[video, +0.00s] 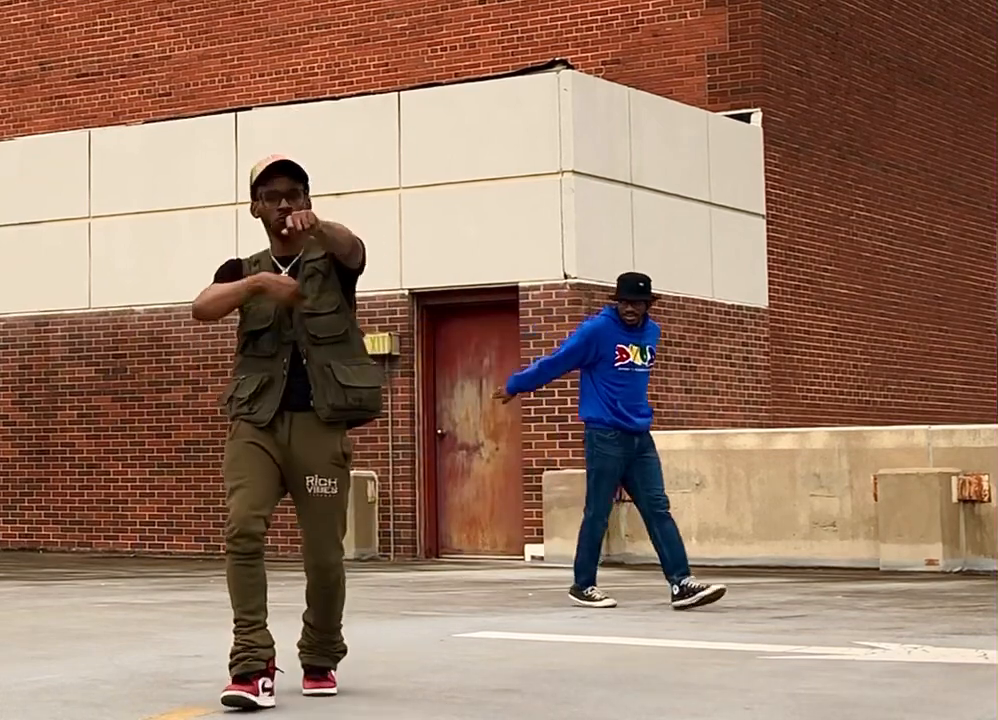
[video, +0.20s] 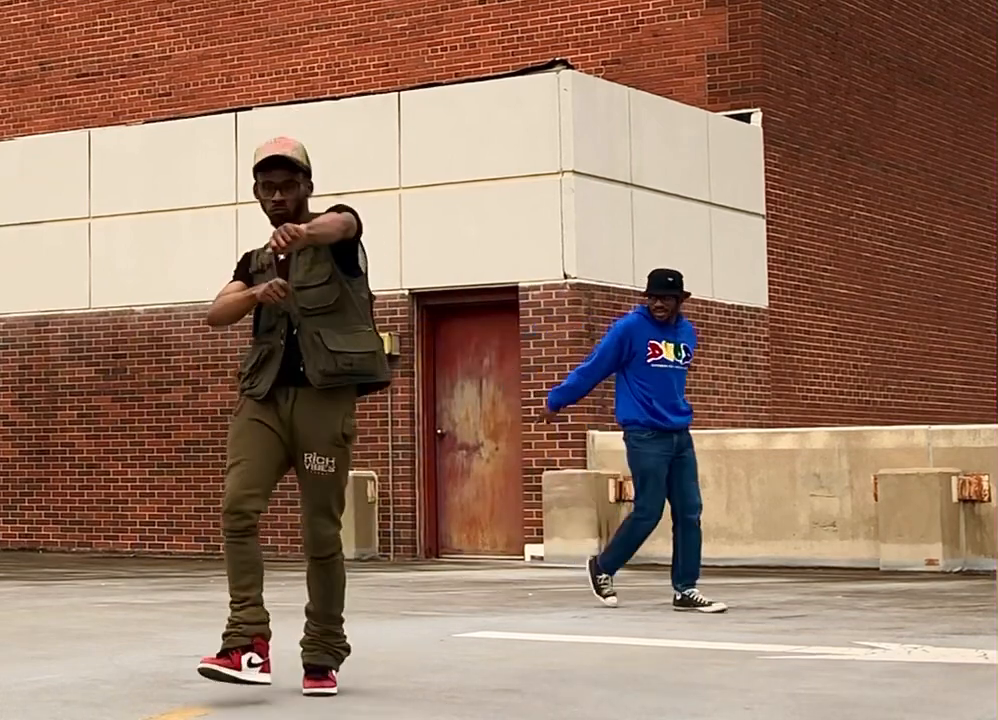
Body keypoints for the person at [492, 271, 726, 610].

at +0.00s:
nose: (632, 310)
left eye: (638, 304)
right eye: (626, 303)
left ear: (648, 303)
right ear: (616, 301)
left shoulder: (652, 331)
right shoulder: (597, 330)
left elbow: (631, 374)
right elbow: (556, 361)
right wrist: (515, 384)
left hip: (639, 436)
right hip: (605, 435)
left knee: (657, 507)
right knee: (597, 512)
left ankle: (681, 584)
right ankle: (583, 586)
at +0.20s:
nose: (660, 306)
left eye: (668, 300)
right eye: (655, 299)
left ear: (680, 301)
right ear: (647, 298)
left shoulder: (687, 332)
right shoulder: (629, 328)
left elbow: (671, 377)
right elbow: (593, 368)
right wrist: (556, 399)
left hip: (679, 435)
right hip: (645, 436)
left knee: (689, 513)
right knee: (649, 511)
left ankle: (685, 590)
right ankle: (602, 568)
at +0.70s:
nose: (718, 290)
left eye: (723, 285)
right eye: (711, 285)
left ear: (733, 291)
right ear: (698, 293)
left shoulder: (751, 334)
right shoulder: (681, 335)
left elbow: (771, 391)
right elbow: (665, 391)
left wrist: (794, 443)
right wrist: (660, 444)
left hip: (740, 433)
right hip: (705, 432)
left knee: (724, 512)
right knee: (731, 510)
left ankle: (688, 586)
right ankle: (757, 592)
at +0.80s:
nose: (729, 287)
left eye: (733, 282)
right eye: (721, 283)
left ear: (741, 288)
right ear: (707, 291)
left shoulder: (760, 328)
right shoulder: (691, 334)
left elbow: (783, 379)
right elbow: (688, 394)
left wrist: (801, 427)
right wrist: (701, 440)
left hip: (753, 431)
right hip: (718, 431)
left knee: (750, 514)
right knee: (741, 513)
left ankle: (699, 576)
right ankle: (760, 593)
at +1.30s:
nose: (769, 277)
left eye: (775, 271)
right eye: (762, 273)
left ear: (788, 280)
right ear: (751, 283)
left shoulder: (812, 321)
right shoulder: (734, 325)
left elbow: (824, 384)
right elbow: (724, 381)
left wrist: (826, 438)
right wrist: (731, 427)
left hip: (801, 434)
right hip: (754, 437)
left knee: (821, 512)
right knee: (758, 522)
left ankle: (843, 591)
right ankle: (764, 597)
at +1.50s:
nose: (781, 276)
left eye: (788, 270)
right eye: (776, 272)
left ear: (808, 275)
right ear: (772, 280)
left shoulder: (838, 317)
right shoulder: (759, 322)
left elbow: (857, 377)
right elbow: (736, 380)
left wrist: (870, 432)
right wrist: (719, 435)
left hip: (822, 432)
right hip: (773, 433)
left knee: (832, 513)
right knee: (770, 514)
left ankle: (840, 599)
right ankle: (766, 592)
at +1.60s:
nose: (787, 272)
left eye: (795, 265)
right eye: (784, 267)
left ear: (818, 271)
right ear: (783, 274)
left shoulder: (848, 314)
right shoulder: (768, 316)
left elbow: (871, 371)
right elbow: (748, 373)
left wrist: (887, 423)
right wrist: (734, 423)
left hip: (829, 432)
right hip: (780, 433)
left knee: (837, 515)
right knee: (771, 512)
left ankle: (841, 599)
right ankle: (773, 587)